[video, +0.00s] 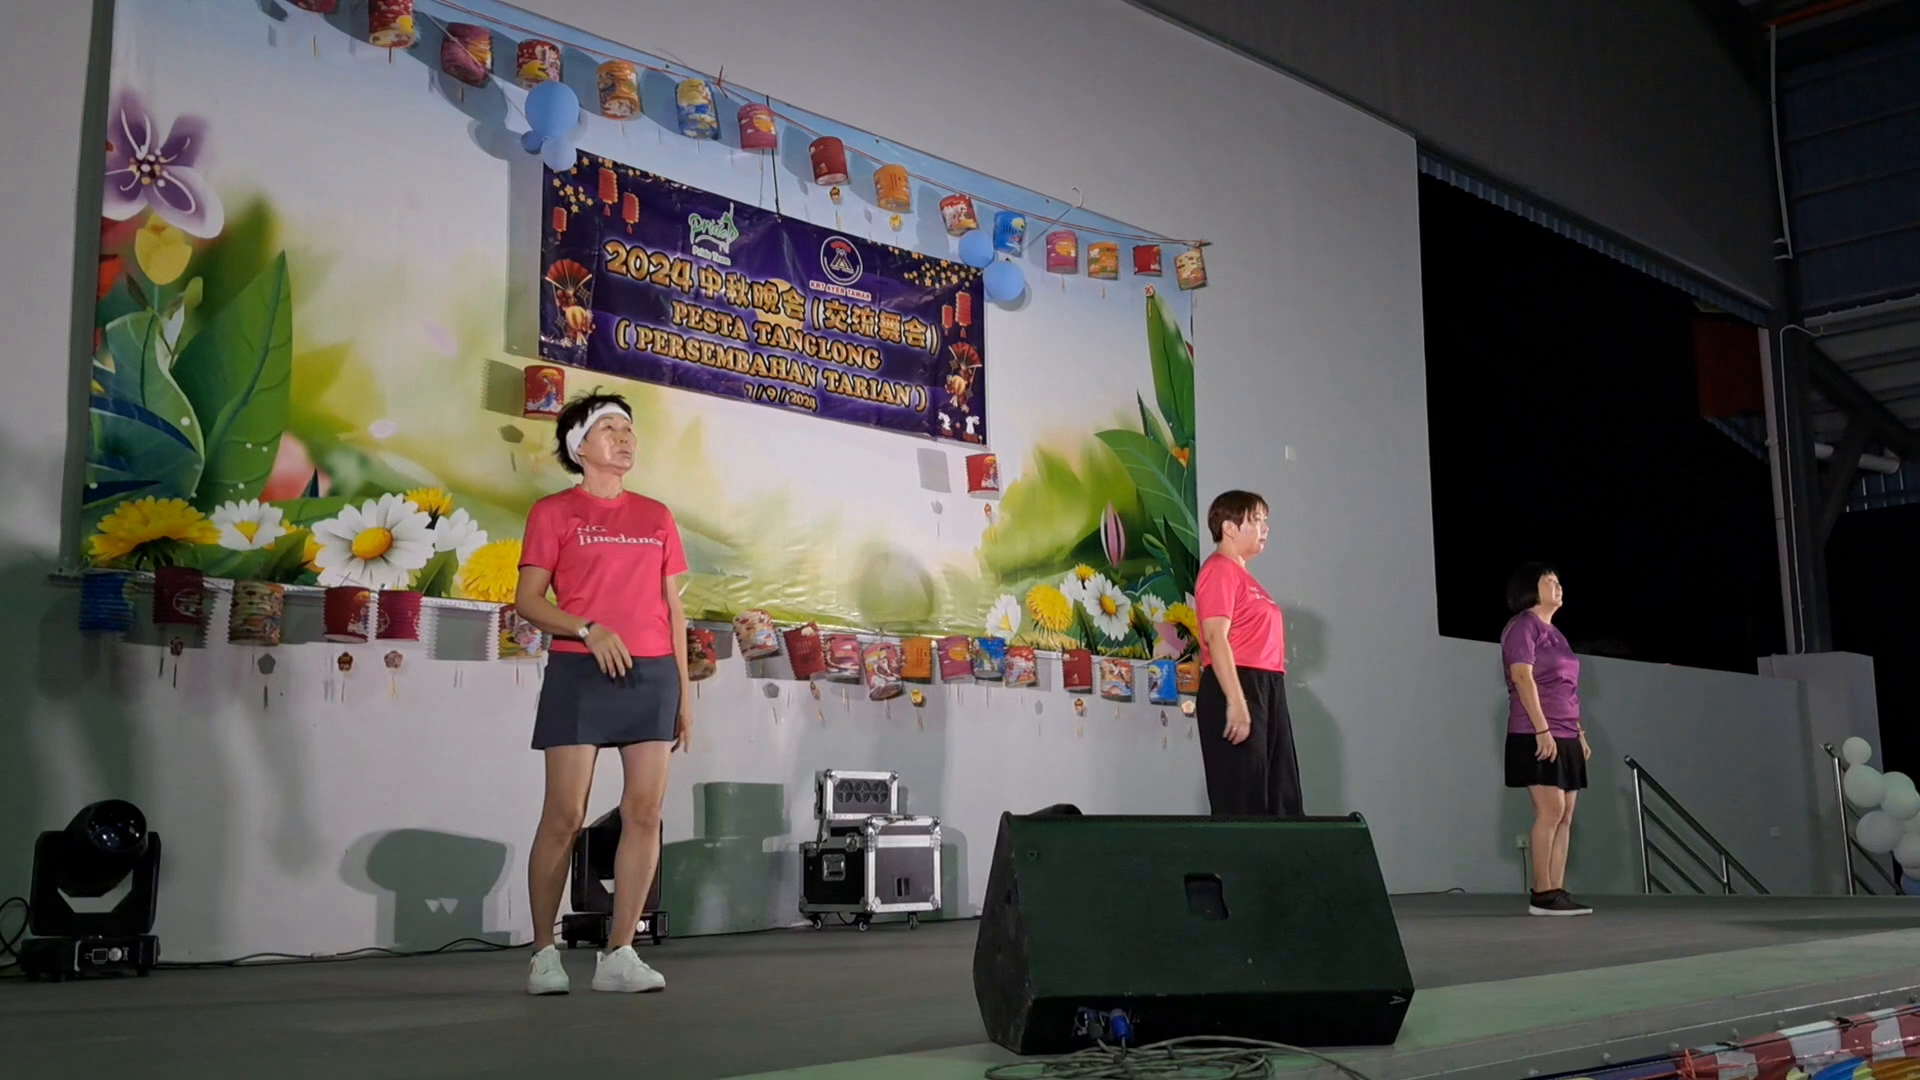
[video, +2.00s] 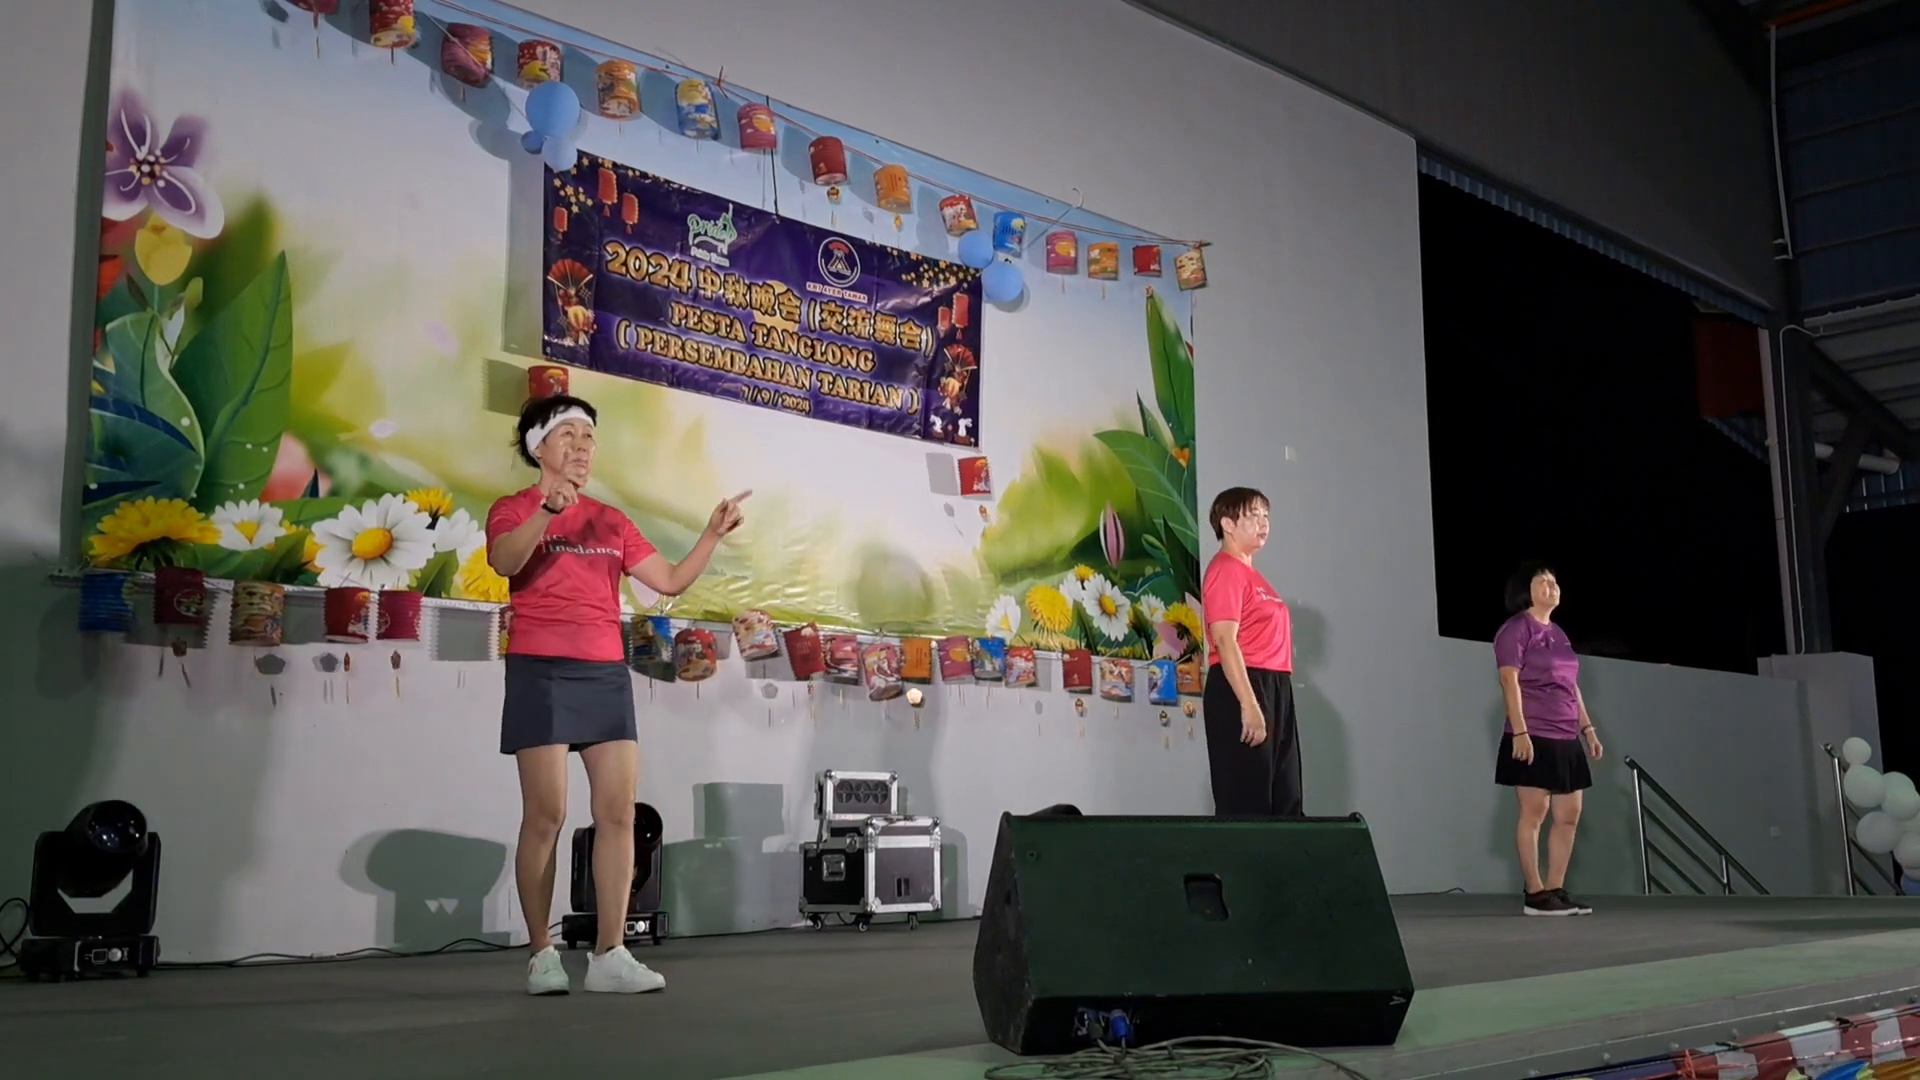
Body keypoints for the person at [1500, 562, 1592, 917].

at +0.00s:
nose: (1557, 587)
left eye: (1557, 582)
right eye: (1549, 582)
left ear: (1558, 592)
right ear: (1532, 589)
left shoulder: (1556, 634)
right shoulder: (1523, 625)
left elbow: (1563, 690)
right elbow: (1521, 677)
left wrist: (1578, 732)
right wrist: (1542, 729)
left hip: (1566, 735)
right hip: (1538, 734)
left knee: (1565, 814)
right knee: (1550, 811)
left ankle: (1556, 891)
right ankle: (1542, 892)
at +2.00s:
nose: (1550, 587)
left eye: (1554, 583)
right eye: (1542, 582)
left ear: (1558, 592)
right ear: (1526, 591)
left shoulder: (1560, 635)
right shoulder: (1515, 629)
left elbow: (1571, 687)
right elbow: (1509, 682)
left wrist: (1587, 728)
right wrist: (1520, 732)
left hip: (1568, 740)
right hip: (1533, 738)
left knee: (1568, 814)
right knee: (1534, 811)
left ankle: (1556, 891)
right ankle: (1535, 892)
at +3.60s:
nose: (1527, 588)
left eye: (1533, 583)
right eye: (1519, 584)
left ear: (1544, 593)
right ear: (1508, 595)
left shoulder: (1565, 634)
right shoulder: (1495, 633)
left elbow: (1592, 675)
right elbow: (1474, 677)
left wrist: (1616, 713)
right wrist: (1469, 712)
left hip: (1558, 738)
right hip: (1511, 737)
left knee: (1565, 813)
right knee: (1513, 813)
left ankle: (1553, 892)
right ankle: (1498, 882)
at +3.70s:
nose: (1511, 591)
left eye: (1517, 586)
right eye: (1504, 587)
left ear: (1529, 594)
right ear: (1494, 598)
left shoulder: (1553, 631)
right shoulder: (1482, 637)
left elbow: (1577, 669)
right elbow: (1453, 676)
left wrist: (1582, 701)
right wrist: (1426, 706)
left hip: (1552, 737)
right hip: (1503, 739)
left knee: (1571, 811)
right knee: (1498, 815)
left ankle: (1555, 890)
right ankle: (1494, 889)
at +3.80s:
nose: (1499, 597)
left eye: (1505, 591)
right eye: (1492, 592)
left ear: (1517, 597)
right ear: (1482, 601)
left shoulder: (1540, 633)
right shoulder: (1471, 642)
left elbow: (1558, 675)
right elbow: (1438, 679)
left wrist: (1535, 696)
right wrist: (1397, 707)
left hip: (1543, 740)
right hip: (1492, 743)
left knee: (1584, 803)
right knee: (1492, 817)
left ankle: (1569, 882)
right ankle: (1493, 892)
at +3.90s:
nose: (1492, 599)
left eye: (1498, 593)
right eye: (1484, 594)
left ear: (1509, 599)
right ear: (1475, 603)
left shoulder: (1528, 634)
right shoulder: (1466, 645)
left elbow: (1539, 681)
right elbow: (1436, 681)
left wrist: (1491, 703)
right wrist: (1394, 708)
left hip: (1536, 741)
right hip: (1486, 744)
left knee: (1576, 807)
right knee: (1488, 816)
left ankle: (1597, 887)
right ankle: (1493, 892)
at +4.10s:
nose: (1484, 604)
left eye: (1491, 597)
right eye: (1477, 597)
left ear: (1502, 603)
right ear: (1467, 605)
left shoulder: (1517, 636)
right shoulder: (1466, 645)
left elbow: (1518, 683)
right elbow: (1455, 682)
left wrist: (1467, 704)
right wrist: (1438, 706)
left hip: (1527, 741)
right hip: (1480, 744)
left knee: (1561, 811)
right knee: (1485, 816)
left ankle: (1597, 888)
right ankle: (1493, 892)